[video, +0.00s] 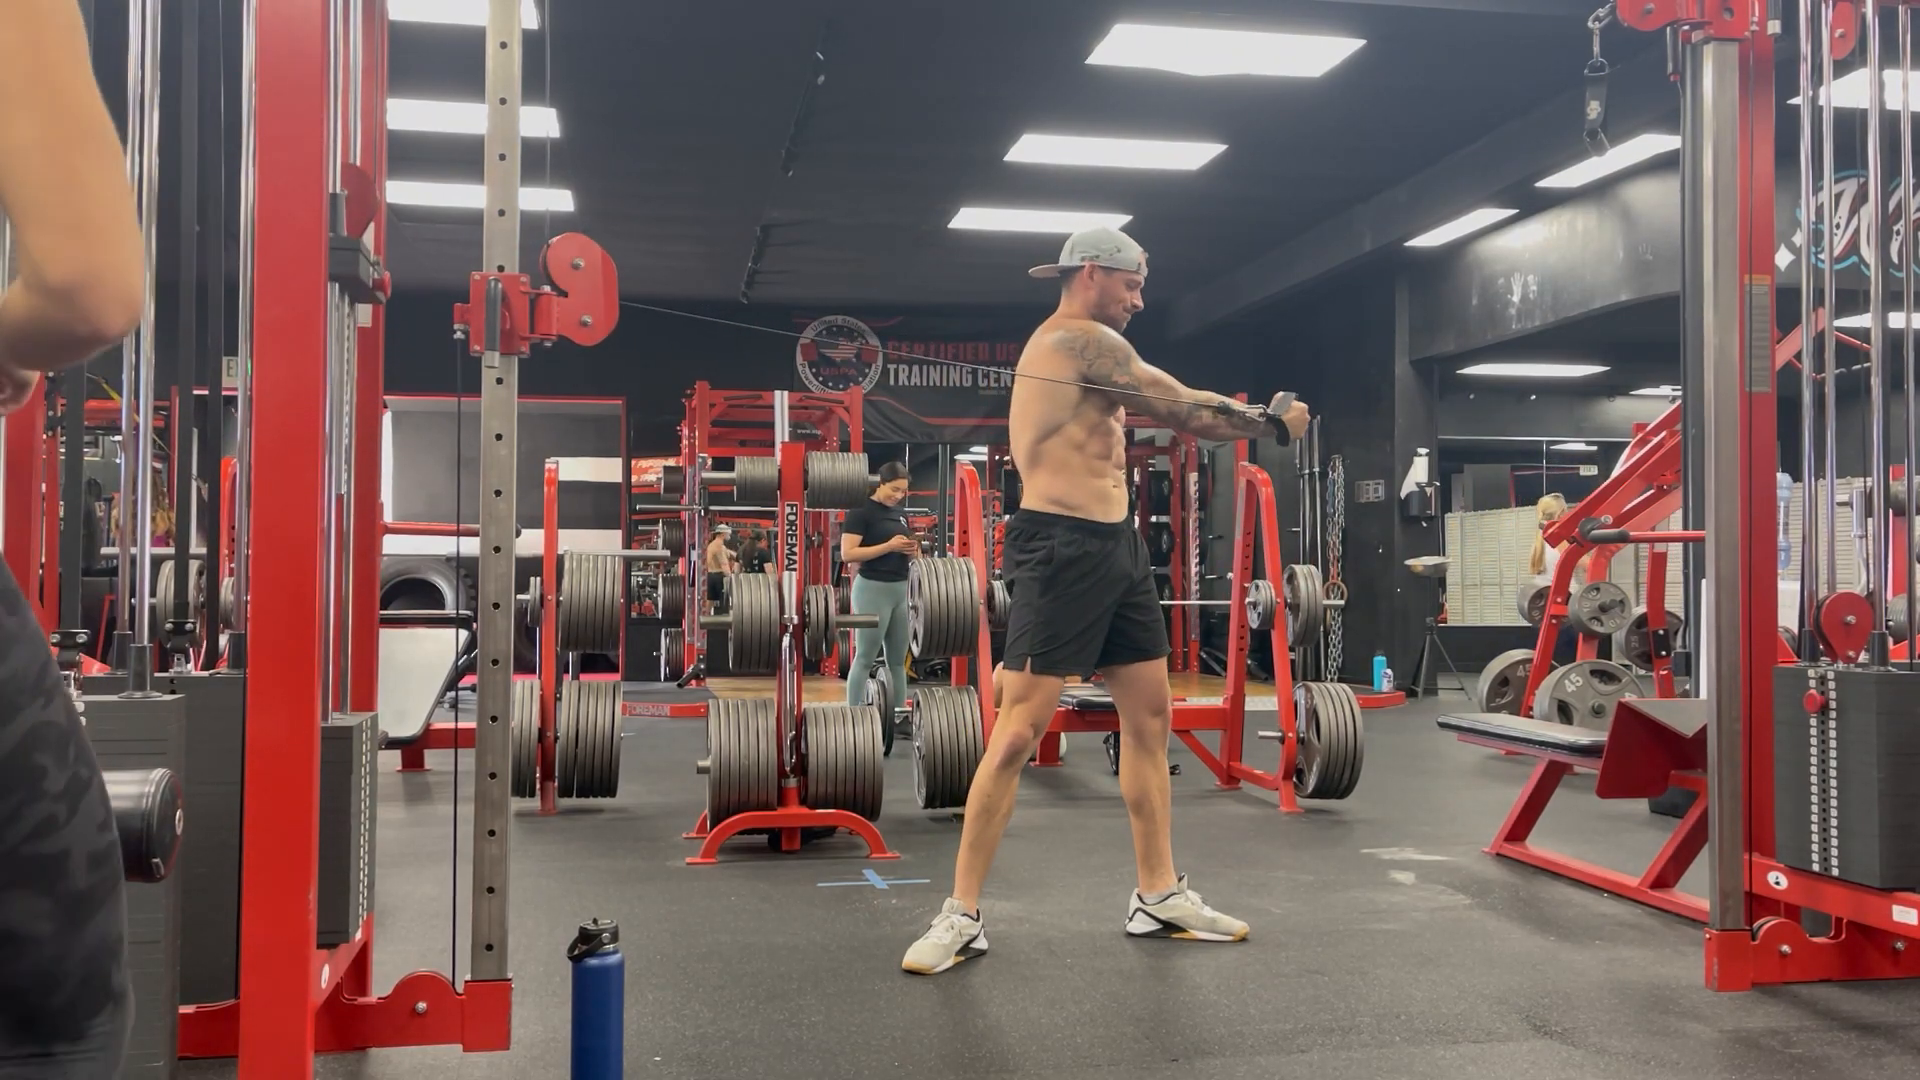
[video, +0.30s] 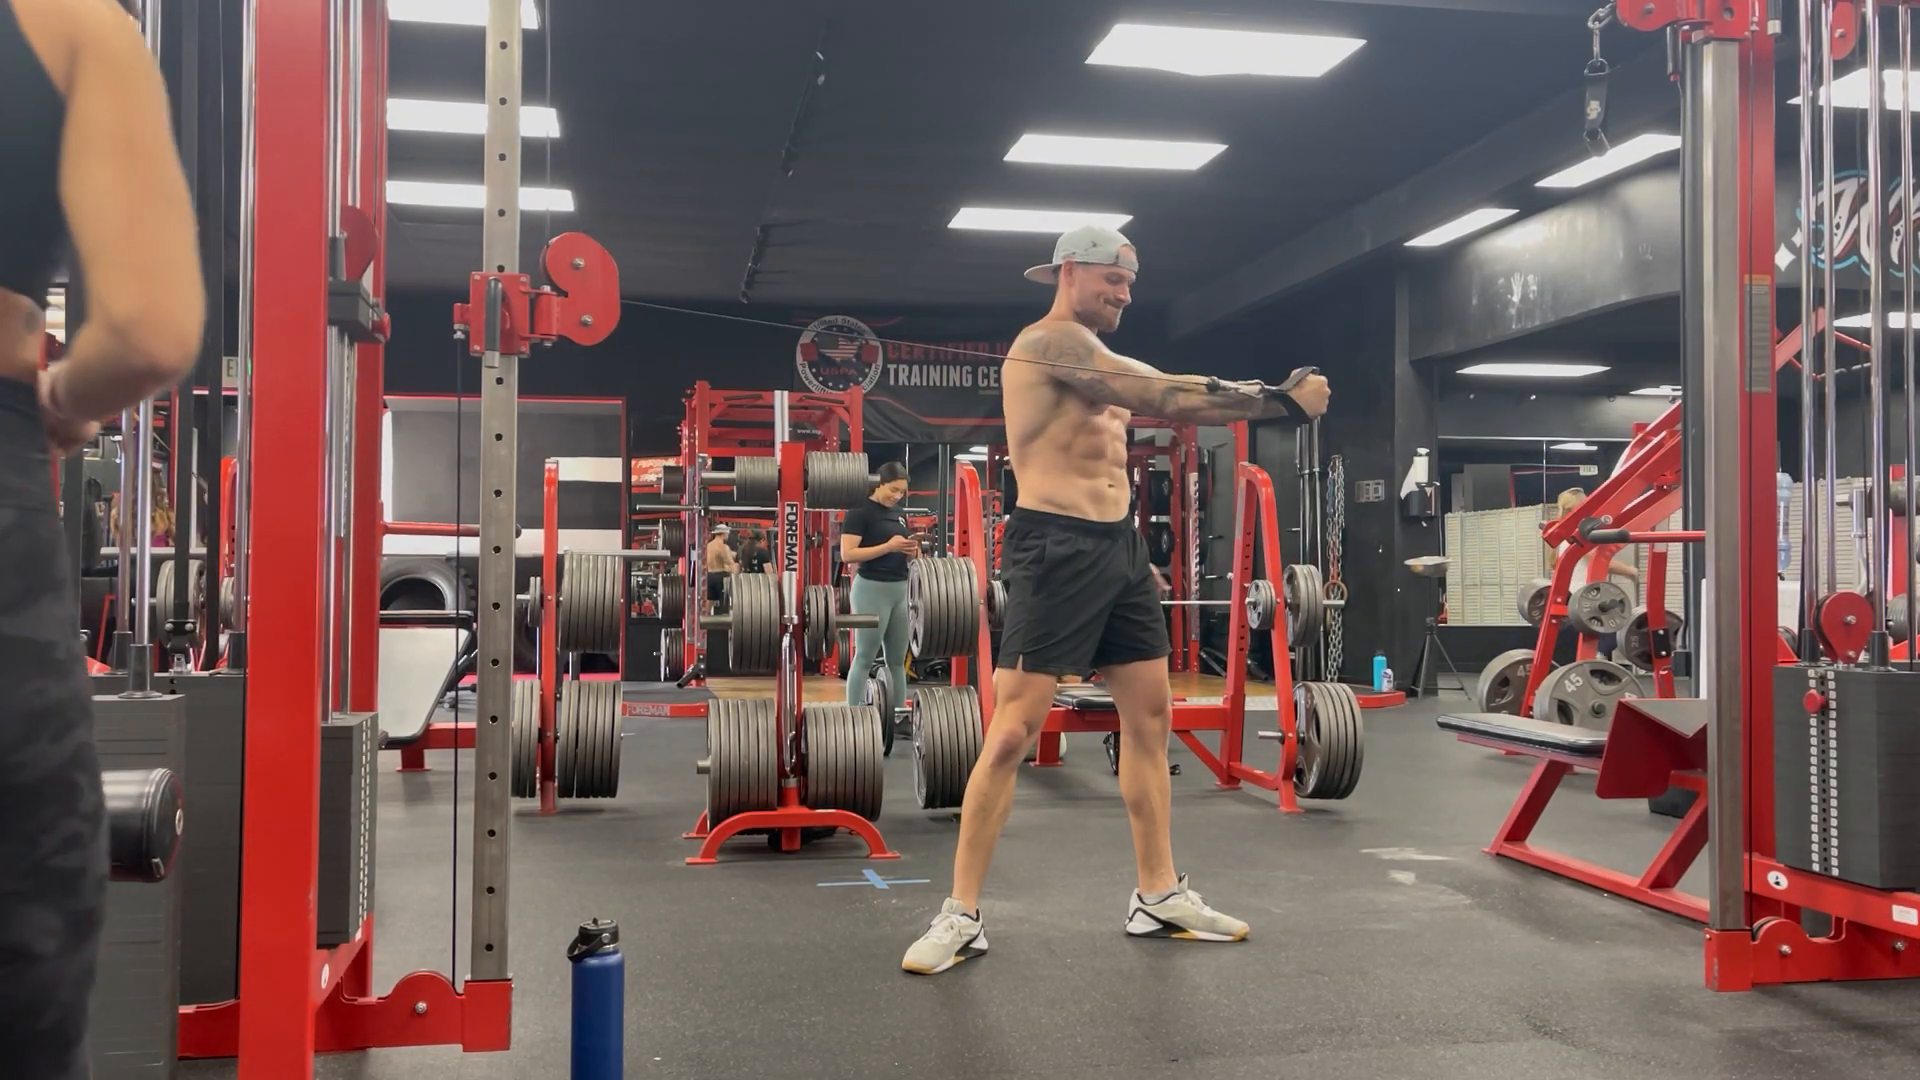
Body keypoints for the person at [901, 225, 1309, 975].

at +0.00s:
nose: (1139, 297)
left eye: (1141, 286)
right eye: (1131, 283)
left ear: (1091, 278)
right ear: (1091, 275)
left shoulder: (1090, 350)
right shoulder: (1076, 338)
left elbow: (1179, 415)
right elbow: (1180, 401)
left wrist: (1250, 416)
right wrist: (1268, 418)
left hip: (1118, 552)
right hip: (1056, 548)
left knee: (1149, 721)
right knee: (1015, 736)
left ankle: (1158, 895)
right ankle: (961, 911)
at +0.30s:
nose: (1124, 291)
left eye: (1129, 281)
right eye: (1112, 275)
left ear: (1122, 290)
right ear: (1066, 275)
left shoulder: (1109, 359)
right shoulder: (1048, 340)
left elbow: (1181, 397)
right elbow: (1155, 395)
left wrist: (1275, 394)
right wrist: (1275, 398)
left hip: (1121, 551)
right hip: (1052, 548)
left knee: (1149, 720)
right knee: (1011, 736)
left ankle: (1159, 894)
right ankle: (961, 911)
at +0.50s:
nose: (1106, 287)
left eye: (1116, 277)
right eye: (1092, 272)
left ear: (1120, 289)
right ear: (1053, 276)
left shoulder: (1116, 371)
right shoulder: (1027, 345)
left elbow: (1139, 472)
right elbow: (1116, 389)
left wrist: (1184, 546)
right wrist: (1255, 389)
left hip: (1126, 550)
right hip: (1050, 549)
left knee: (1151, 721)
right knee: (1005, 733)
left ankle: (1158, 894)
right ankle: (960, 910)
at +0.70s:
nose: (1091, 283)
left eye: (1103, 273)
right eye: (1078, 270)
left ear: (1113, 285)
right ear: (1046, 275)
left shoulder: (1127, 371)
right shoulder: (1013, 345)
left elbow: (1166, 471)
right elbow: (1069, 391)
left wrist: (1220, 546)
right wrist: (1183, 385)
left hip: (1127, 552)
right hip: (1043, 549)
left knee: (1153, 720)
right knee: (1000, 730)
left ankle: (1159, 894)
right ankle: (961, 910)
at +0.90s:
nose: (1074, 280)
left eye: (1087, 269)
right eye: (1062, 268)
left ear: (1107, 280)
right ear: (1040, 279)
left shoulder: (1136, 365)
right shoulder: (1007, 343)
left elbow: (1190, 462)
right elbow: (1017, 388)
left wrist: (1256, 543)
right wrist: (1092, 363)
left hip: (1128, 550)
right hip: (1043, 549)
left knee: (1154, 719)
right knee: (996, 727)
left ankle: (1157, 894)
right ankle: (961, 910)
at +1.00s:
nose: (1065, 278)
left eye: (1079, 266)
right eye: (1053, 267)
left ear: (1104, 279)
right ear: (1034, 278)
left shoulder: (1140, 365)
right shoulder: (1005, 346)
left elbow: (1203, 460)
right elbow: (988, 383)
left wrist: (1272, 536)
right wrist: (1021, 365)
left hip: (1129, 551)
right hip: (1042, 552)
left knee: (1156, 719)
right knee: (993, 725)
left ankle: (1158, 894)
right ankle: (960, 910)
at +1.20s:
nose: (1045, 275)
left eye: (1059, 263)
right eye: (1035, 266)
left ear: (1095, 277)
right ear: (1026, 280)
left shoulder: (1144, 361)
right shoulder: (1001, 348)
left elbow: (1220, 450)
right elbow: (952, 382)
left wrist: (1300, 528)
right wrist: (926, 365)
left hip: (1127, 548)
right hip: (1036, 549)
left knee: (1156, 722)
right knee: (988, 724)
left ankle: (1159, 895)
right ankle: (960, 909)